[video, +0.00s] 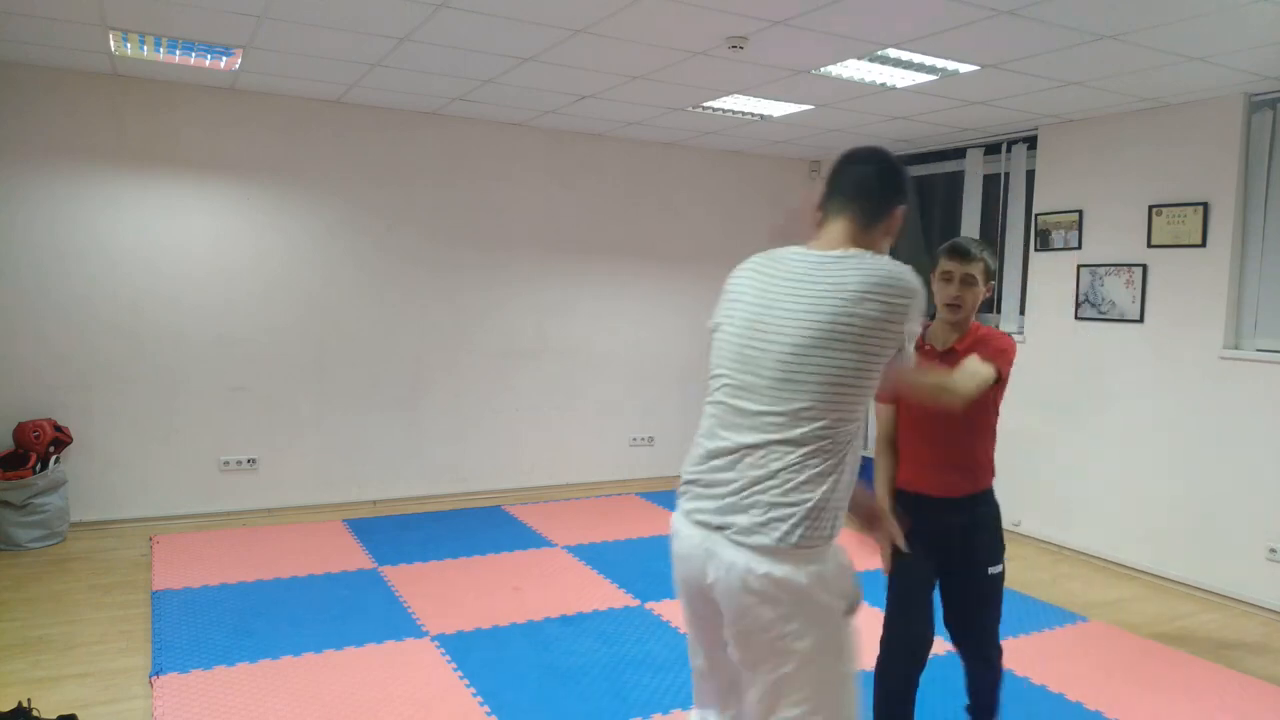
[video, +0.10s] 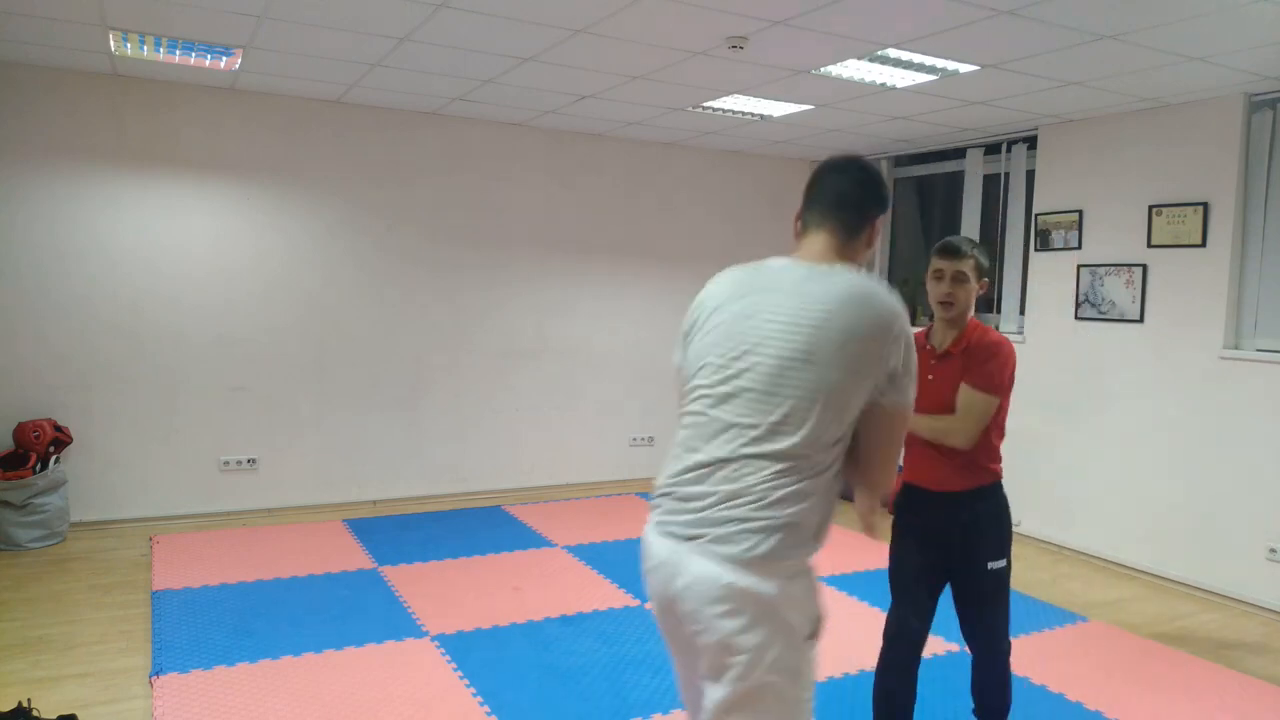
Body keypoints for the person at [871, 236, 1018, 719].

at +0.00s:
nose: (955, 290)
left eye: (968, 282)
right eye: (946, 278)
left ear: (985, 292)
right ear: (932, 282)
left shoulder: (995, 344)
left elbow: (957, 391)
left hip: (971, 515)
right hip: (909, 512)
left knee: (979, 643)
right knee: (903, 644)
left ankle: (983, 713)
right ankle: (890, 716)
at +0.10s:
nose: (946, 287)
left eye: (959, 279)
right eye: (938, 277)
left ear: (980, 288)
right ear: (927, 283)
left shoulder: (993, 348)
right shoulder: (908, 345)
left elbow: (964, 432)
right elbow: (893, 418)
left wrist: (898, 418)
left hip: (978, 510)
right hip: (918, 507)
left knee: (989, 643)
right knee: (902, 636)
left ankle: (992, 715)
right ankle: (889, 715)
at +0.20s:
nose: (937, 286)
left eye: (950, 277)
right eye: (929, 276)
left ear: (973, 285)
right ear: (920, 283)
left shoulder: (990, 346)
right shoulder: (907, 348)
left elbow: (963, 428)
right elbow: (894, 422)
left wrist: (904, 396)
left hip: (975, 506)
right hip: (917, 503)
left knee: (989, 640)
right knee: (894, 631)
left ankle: (991, 715)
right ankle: (879, 713)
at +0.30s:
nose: (930, 282)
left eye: (942, 272)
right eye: (922, 272)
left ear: (964, 280)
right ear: (912, 279)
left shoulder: (983, 341)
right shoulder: (904, 340)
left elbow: (971, 419)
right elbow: (898, 415)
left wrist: (907, 377)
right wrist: (859, 444)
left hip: (966, 498)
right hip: (910, 494)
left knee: (980, 628)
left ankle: (990, 714)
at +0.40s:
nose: (920, 283)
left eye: (931, 274)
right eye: (911, 274)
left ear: (951, 281)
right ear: (901, 281)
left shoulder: (977, 342)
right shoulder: (892, 339)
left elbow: (982, 415)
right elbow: (876, 404)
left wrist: (922, 364)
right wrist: (888, 418)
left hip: (952, 496)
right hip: (898, 491)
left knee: (973, 626)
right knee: (858, 593)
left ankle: (987, 713)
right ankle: (849, 676)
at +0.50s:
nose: (902, 290)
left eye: (913, 281)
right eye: (894, 281)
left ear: (934, 287)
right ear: (885, 287)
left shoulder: (958, 348)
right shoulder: (868, 345)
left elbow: (980, 420)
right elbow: (847, 409)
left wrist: (947, 403)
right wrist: (868, 410)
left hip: (932, 493)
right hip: (878, 490)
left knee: (958, 619)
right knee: (845, 583)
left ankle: (984, 711)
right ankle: (851, 642)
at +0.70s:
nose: (857, 294)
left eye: (868, 286)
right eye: (851, 285)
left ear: (888, 293)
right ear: (842, 291)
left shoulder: (905, 347)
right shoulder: (829, 342)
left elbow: (928, 409)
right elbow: (795, 382)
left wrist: (898, 458)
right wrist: (810, 348)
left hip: (879, 477)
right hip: (833, 473)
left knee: (896, 586)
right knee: (820, 574)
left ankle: (933, 691)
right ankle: (854, 643)